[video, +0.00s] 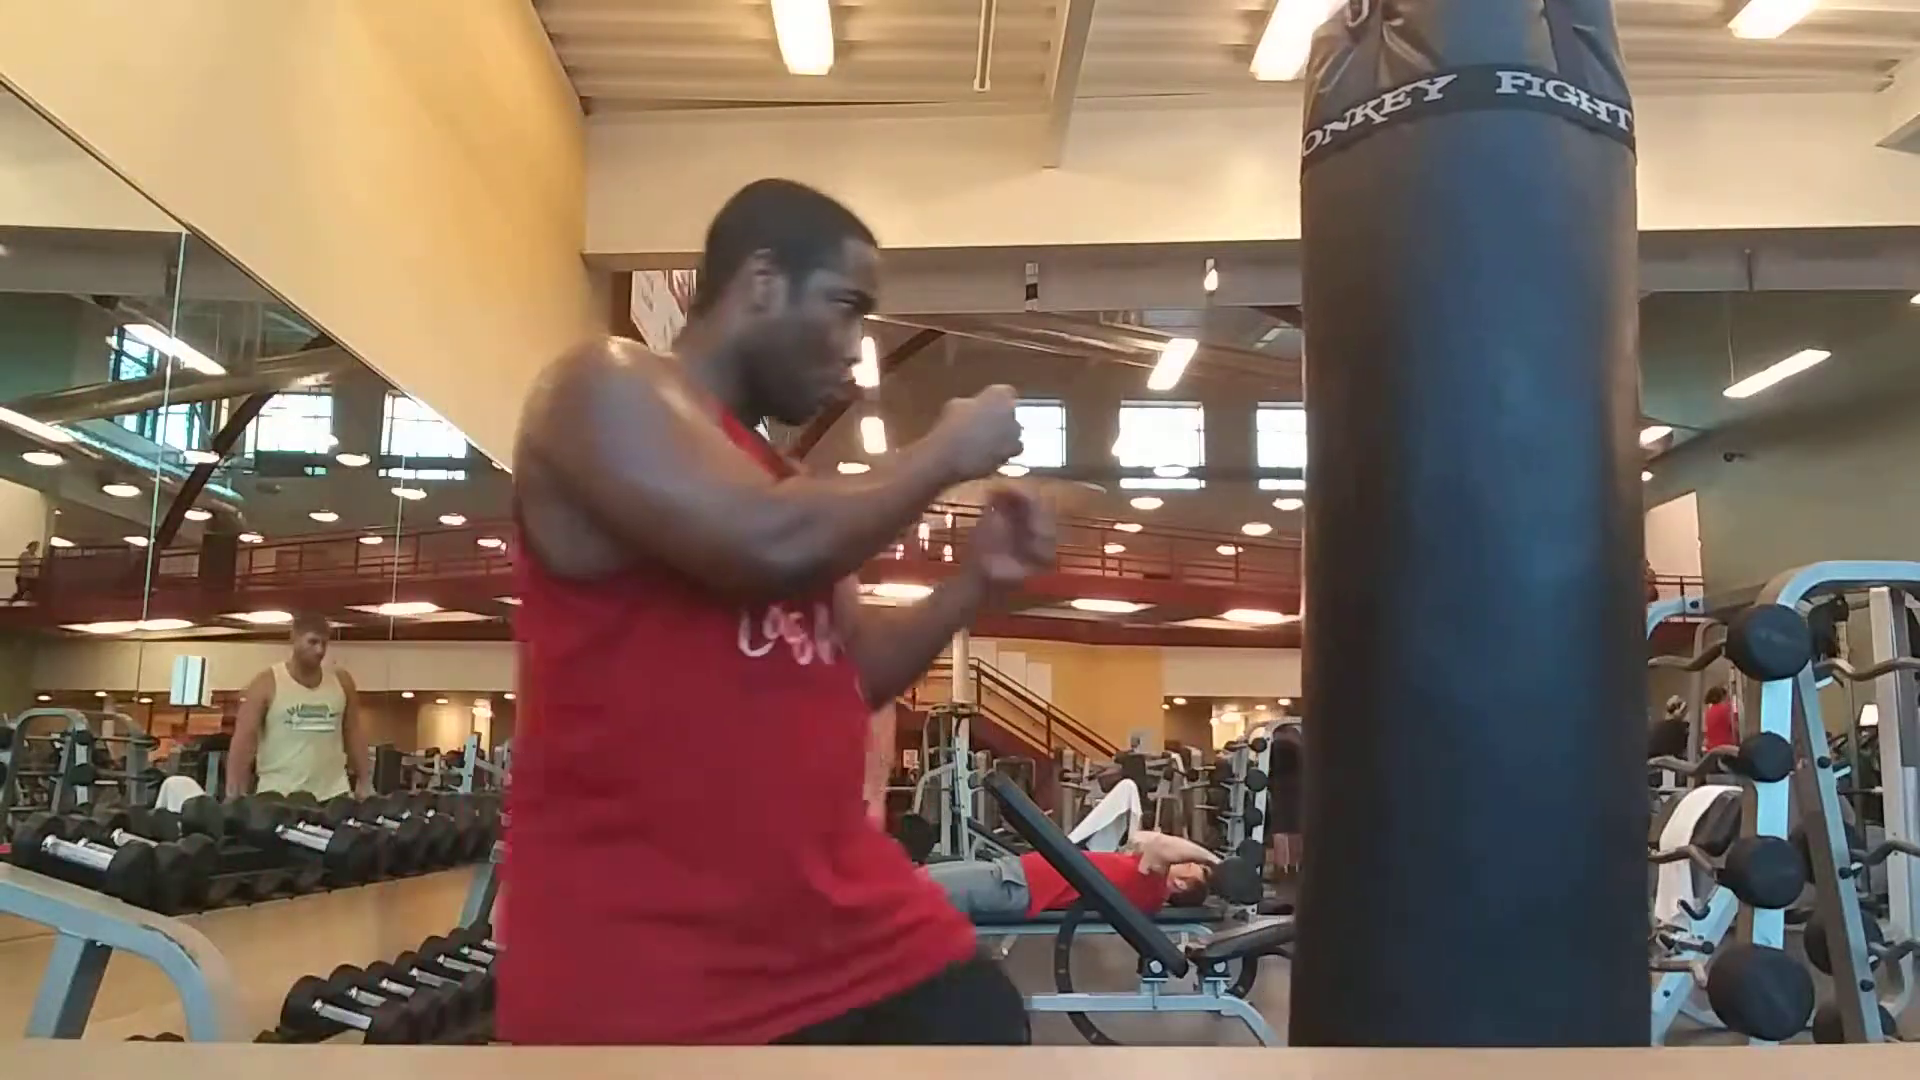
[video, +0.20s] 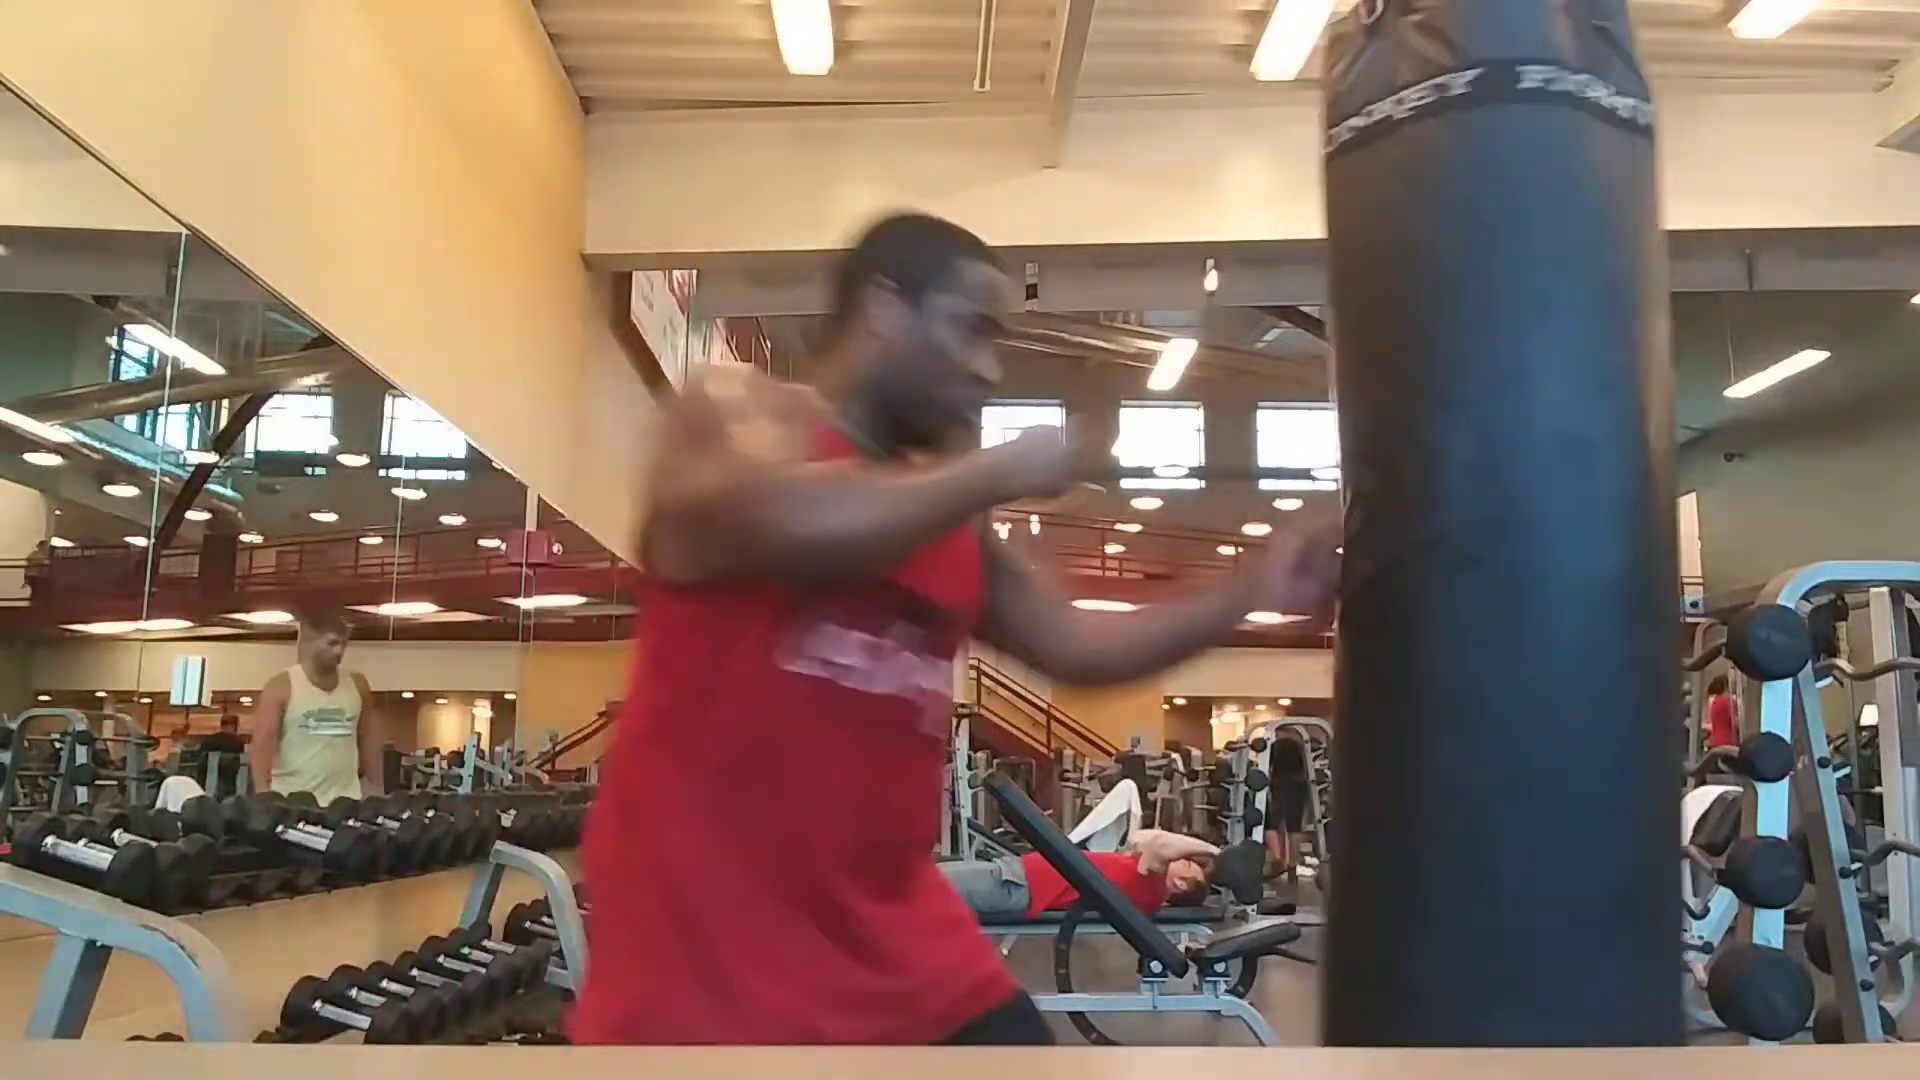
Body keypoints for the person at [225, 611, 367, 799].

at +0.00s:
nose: (320, 650)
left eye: (324, 643)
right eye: (313, 642)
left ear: (328, 643)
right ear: (294, 638)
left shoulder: (341, 682)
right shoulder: (266, 683)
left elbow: (354, 734)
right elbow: (243, 742)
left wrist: (364, 783)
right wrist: (235, 797)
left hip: (333, 795)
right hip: (280, 796)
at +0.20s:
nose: (339, 652)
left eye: (343, 645)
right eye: (332, 643)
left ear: (346, 645)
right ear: (311, 641)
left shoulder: (357, 684)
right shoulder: (280, 686)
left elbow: (368, 741)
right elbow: (262, 745)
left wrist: (375, 789)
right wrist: (264, 797)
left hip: (346, 801)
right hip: (293, 802)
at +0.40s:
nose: (367, 646)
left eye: (370, 640)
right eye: (360, 638)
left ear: (374, 642)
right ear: (339, 636)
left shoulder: (379, 684)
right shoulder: (305, 680)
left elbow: (389, 744)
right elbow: (284, 739)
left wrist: (393, 794)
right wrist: (296, 794)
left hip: (369, 799)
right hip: (318, 800)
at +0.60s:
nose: (386, 642)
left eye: (388, 636)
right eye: (380, 634)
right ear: (358, 633)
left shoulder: (396, 681)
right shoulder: (323, 675)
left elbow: (406, 734)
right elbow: (298, 731)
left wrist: (414, 777)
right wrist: (320, 769)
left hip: (382, 795)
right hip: (332, 796)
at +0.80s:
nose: (409, 645)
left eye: (412, 638)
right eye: (404, 636)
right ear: (380, 632)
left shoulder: (406, 681)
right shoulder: (346, 673)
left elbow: (413, 735)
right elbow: (329, 731)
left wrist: (427, 763)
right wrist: (365, 761)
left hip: (388, 796)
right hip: (345, 795)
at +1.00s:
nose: (431, 649)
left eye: (433, 641)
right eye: (428, 639)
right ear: (406, 632)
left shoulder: (415, 678)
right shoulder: (372, 672)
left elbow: (421, 736)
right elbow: (378, 740)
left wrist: (442, 767)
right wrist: (429, 775)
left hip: (389, 791)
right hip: (351, 792)